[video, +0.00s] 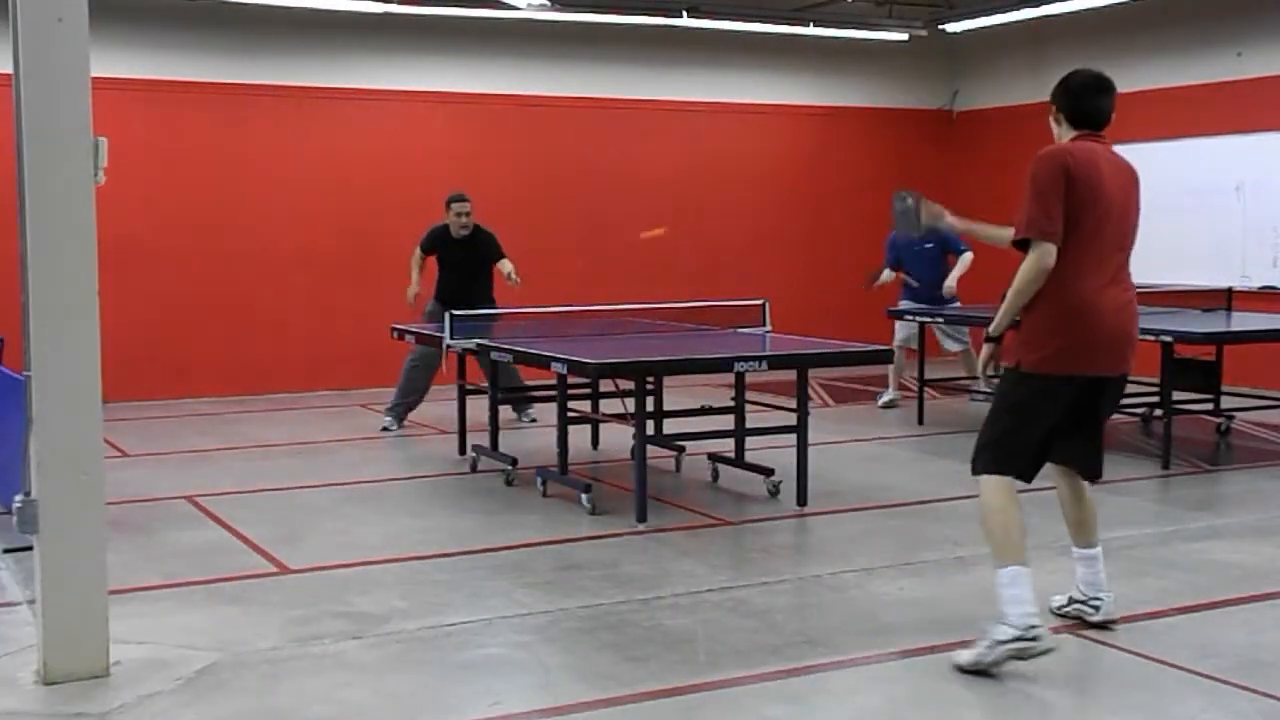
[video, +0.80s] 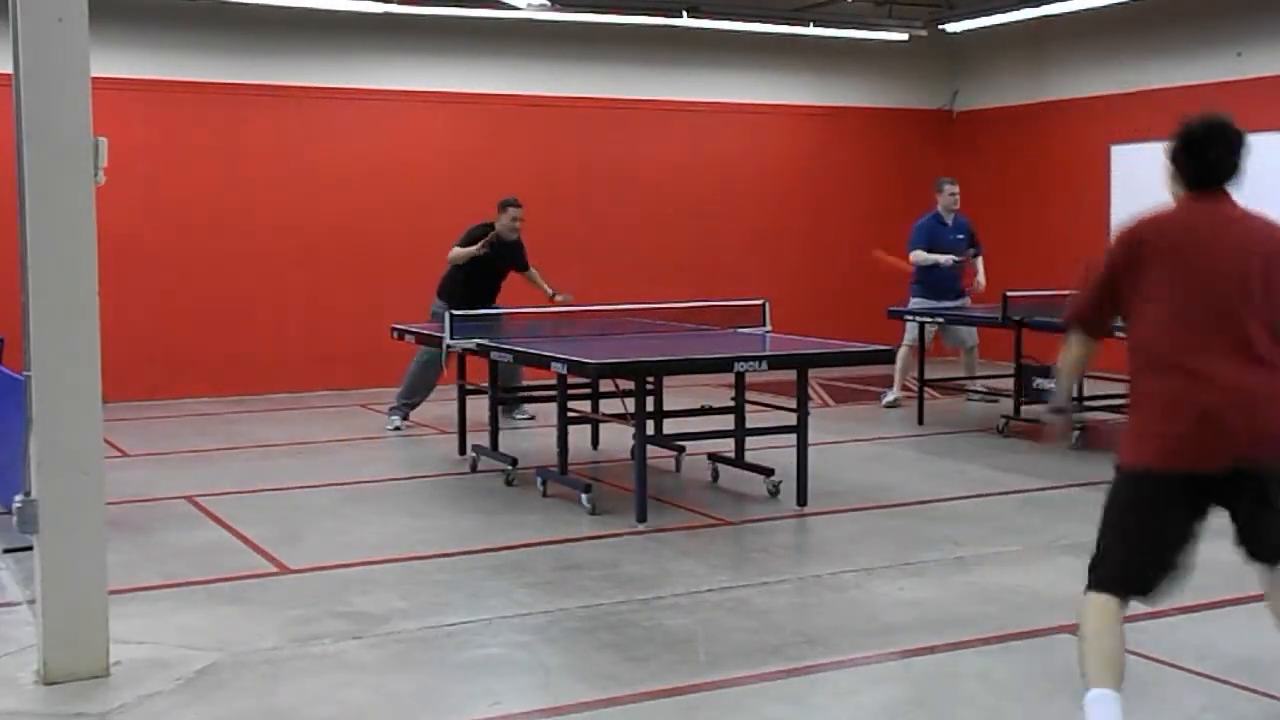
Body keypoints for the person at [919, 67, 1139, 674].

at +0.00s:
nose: (1048, 121)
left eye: (1049, 113)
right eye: (1052, 114)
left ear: (1056, 116)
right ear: (1107, 119)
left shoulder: (1054, 162)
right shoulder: (1123, 171)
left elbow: (1042, 258)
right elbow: (1040, 238)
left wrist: (995, 331)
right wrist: (958, 227)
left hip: (1055, 342)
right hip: (1113, 344)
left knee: (994, 468)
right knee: (1068, 463)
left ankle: (1016, 620)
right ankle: (1093, 593)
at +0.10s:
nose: (1051, 126)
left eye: (1052, 118)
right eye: (1054, 118)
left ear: (1060, 121)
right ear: (1111, 124)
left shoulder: (1061, 174)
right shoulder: (1130, 180)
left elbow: (1039, 271)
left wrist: (991, 337)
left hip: (1062, 359)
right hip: (1118, 361)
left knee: (1001, 485)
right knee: (1067, 473)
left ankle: (1045, 626)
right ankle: (1092, 594)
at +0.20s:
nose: (1050, 132)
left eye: (1051, 124)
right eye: (1053, 123)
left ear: (1062, 128)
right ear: (1112, 131)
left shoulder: (1064, 186)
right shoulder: (1139, 191)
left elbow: (1036, 289)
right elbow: (1134, 282)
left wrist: (985, 345)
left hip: (1066, 372)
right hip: (1122, 373)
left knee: (1013, 503)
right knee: (1073, 484)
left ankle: (1070, 646)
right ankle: (1093, 596)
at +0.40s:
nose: (1060, 132)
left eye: (1061, 123)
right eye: (1064, 122)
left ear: (1072, 127)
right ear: (1126, 128)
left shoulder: (1061, 188)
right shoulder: (1166, 192)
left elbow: (1032, 291)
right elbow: (1182, 291)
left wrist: (993, 358)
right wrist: (1137, 336)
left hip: (1081, 384)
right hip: (1157, 383)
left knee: (1022, 524)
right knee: (1125, 491)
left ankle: (1078, 672)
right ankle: (1128, 614)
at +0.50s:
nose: (1078, 115)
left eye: (1080, 107)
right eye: (1082, 105)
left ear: (1092, 112)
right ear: (1147, 113)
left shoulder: (1081, 169)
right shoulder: (1184, 176)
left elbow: (1065, 270)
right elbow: (1189, 283)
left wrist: (1010, 352)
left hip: (1100, 374)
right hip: (1178, 375)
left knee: (1029, 511)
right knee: (1159, 491)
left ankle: (1077, 672)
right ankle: (1194, 638)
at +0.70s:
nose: (1132, 129)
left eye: (1135, 121)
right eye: (1138, 119)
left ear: (1144, 128)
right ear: (1203, 128)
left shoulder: (1126, 194)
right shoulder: (1249, 199)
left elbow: (1084, 294)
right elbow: (1271, 312)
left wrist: (1034, 374)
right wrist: (1210, 310)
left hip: (1147, 407)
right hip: (1236, 406)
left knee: (1067, 527)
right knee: (1237, 549)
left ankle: (1094, 691)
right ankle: (1279, 670)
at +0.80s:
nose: (1172, 169)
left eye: (1173, 162)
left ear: (1176, 168)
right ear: (1236, 170)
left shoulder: (1146, 238)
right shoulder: (1270, 240)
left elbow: (1084, 328)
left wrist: (1062, 403)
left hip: (1166, 445)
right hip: (1262, 444)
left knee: (1108, 585)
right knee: (1278, 569)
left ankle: (1102, 711)